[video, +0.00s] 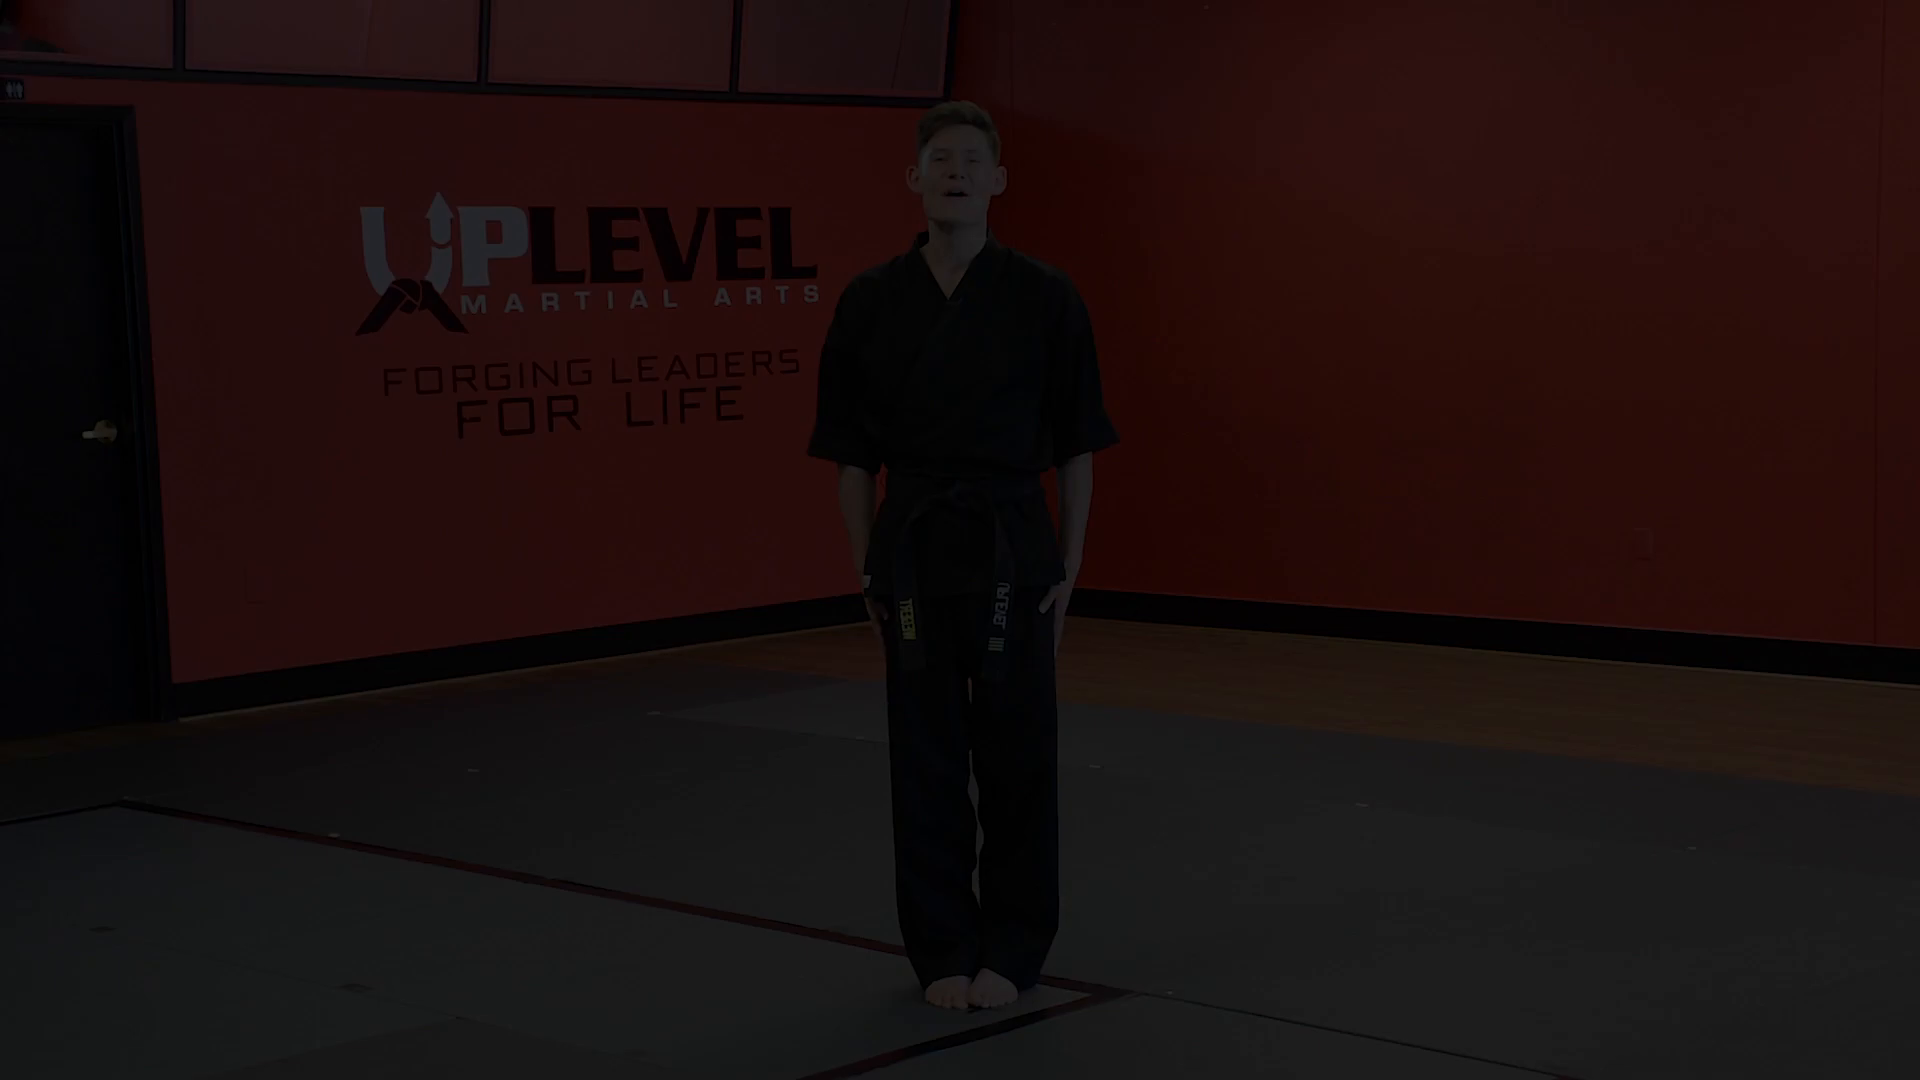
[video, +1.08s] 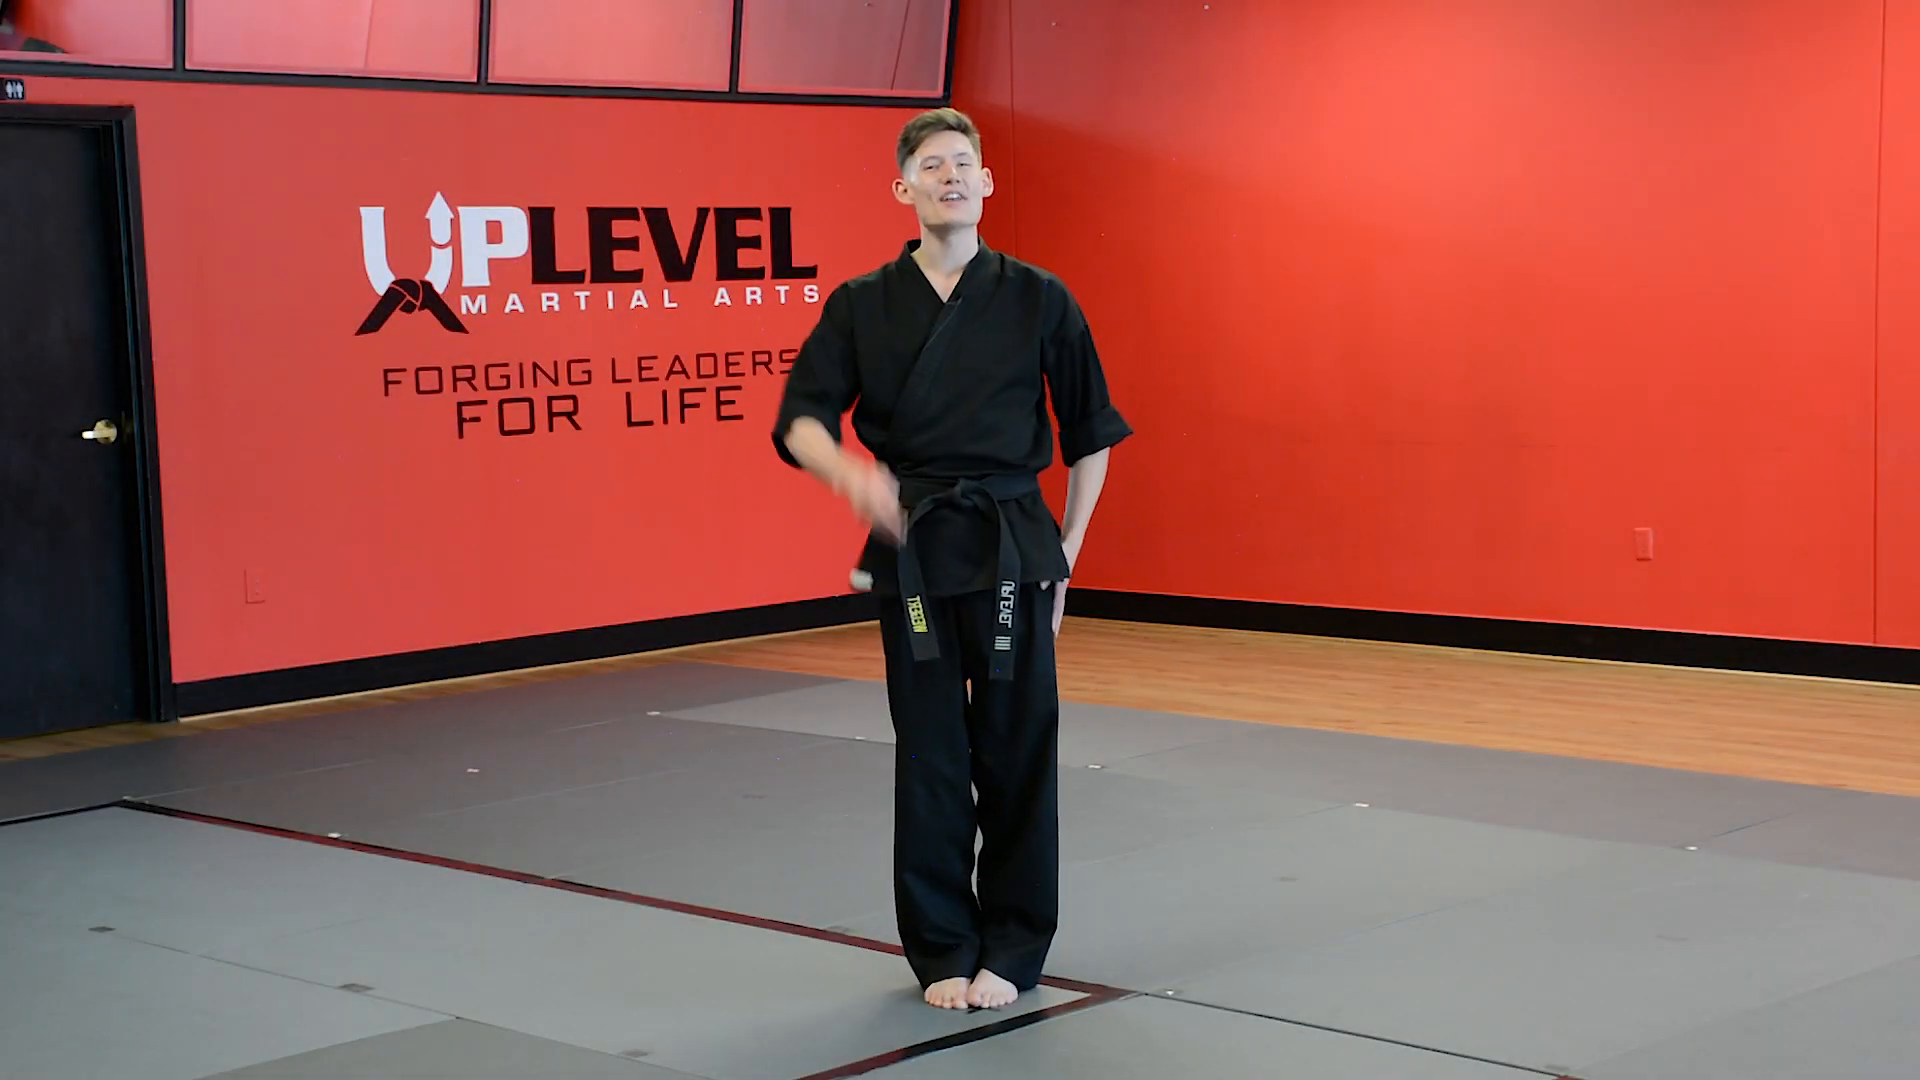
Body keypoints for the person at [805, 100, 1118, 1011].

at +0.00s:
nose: (956, 174)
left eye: (972, 162)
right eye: (940, 162)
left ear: (997, 181)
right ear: (916, 181)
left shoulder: (1043, 295)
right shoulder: (870, 298)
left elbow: (1078, 446)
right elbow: (851, 452)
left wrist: (1070, 566)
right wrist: (867, 566)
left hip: (1017, 556)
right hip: (913, 559)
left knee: (1017, 763)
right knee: (925, 765)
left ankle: (1014, 957)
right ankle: (940, 957)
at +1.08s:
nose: (951, 174)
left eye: (964, 162)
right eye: (932, 164)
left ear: (986, 183)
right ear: (904, 189)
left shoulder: (1040, 297)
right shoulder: (858, 305)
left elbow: (1090, 432)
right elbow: (799, 422)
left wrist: (1069, 548)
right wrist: (856, 479)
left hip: (1016, 538)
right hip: (914, 540)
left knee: (1016, 760)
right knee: (929, 761)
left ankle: (1011, 956)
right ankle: (944, 956)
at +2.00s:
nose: (960, 164)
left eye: (970, 152)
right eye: (938, 154)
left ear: (990, 172)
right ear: (906, 180)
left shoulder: (1030, 283)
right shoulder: (870, 281)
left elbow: (1086, 393)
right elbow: (878, 365)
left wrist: (1054, 502)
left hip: (1014, 531)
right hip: (915, 536)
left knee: (1018, 758)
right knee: (928, 761)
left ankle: (1013, 954)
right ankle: (939, 953)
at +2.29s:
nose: (941, 182)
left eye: (956, 168)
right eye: (924, 172)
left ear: (989, 182)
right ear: (902, 196)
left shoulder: (1038, 287)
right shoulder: (871, 312)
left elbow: (1096, 391)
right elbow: (865, 462)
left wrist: (1061, 507)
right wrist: (910, 578)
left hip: (1017, 539)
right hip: (914, 548)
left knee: (1019, 760)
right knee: (926, 765)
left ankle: (1006, 954)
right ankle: (941, 956)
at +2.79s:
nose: (922, 222)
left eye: (940, 206)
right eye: (909, 207)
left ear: (976, 214)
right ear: (893, 217)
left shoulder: (1035, 302)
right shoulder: (863, 319)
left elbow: (1108, 411)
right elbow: (850, 460)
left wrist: (1062, 527)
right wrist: (872, 576)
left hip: (1022, 543)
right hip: (917, 548)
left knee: (1026, 762)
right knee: (930, 764)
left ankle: (1008, 953)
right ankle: (943, 953)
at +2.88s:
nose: (923, 222)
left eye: (940, 206)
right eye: (909, 207)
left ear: (977, 214)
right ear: (893, 217)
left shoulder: (1035, 303)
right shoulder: (864, 318)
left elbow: (1108, 414)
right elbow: (850, 459)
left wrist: (1062, 528)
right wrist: (874, 577)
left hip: (1022, 544)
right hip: (918, 548)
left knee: (1027, 763)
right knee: (930, 765)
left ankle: (1009, 954)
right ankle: (944, 954)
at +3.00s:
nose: (923, 220)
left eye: (941, 204)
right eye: (910, 205)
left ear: (979, 211)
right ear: (895, 215)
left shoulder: (1036, 303)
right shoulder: (865, 317)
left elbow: (1108, 418)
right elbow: (851, 457)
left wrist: (1061, 531)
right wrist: (875, 574)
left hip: (1022, 544)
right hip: (918, 548)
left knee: (1027, 764)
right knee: (931, 766)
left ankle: (1008, 953)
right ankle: (944, 953)